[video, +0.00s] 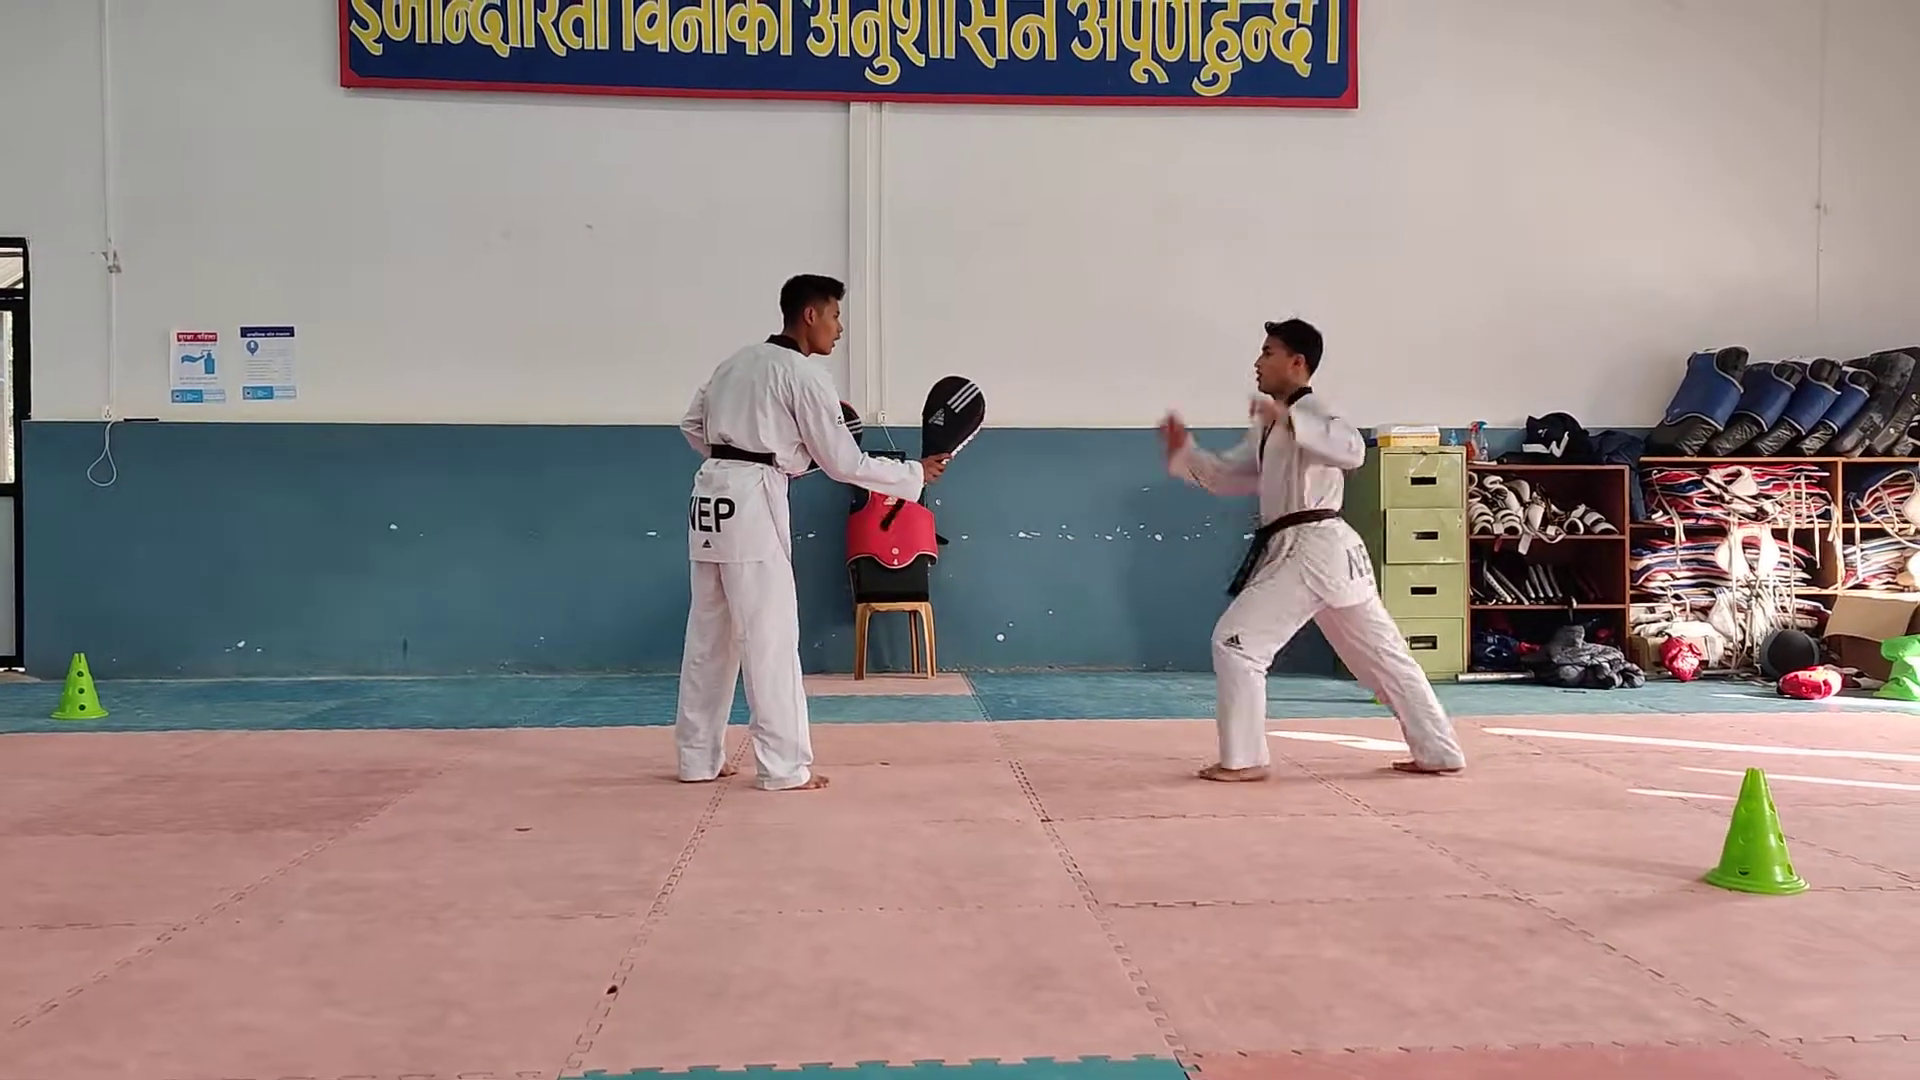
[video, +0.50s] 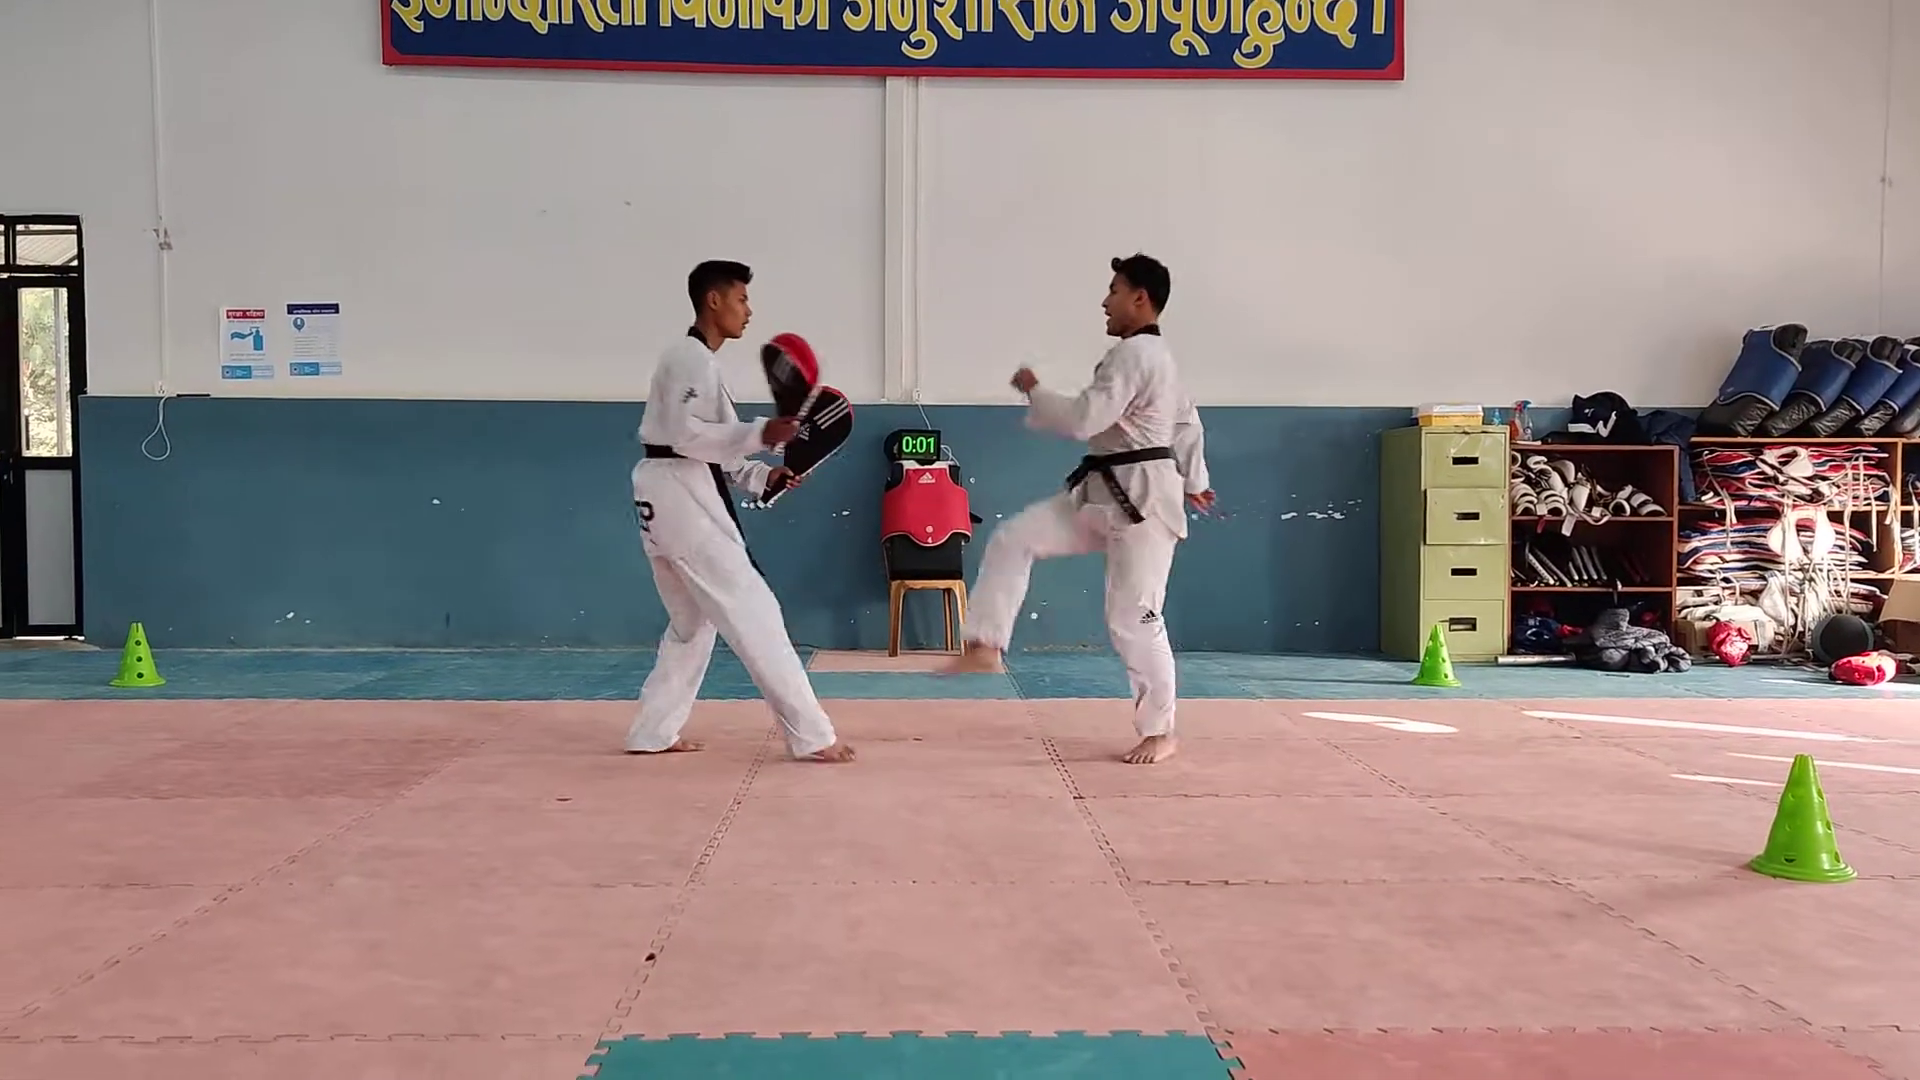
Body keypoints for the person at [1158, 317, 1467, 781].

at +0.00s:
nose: (1258, 362)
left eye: (1267, 354)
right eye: (1261, 353)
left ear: (1297, 363)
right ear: (1291, 364)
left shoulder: (1313, 411)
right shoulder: (1272, 426)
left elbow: (1351, 451)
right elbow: (1242, 476)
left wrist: (1287, 419)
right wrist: (1188, 456)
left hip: (1308, 545)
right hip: (1325, 545)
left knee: (1236, 642)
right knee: (1382, 654)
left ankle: (1244, 759)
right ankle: (1439, 752)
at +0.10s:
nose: (1243, 342)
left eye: (1251, 334)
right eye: (1245, 333)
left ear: (1278, 342)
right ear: (1271, 339)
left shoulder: (1292, 391)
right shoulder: (1232, 397)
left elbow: (1318, 413)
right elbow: (1180, 429)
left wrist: (1264, 372)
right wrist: (1156, 393)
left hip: (1275, 528)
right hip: (1251, 531)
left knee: (1231, 641)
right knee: (1296, 647)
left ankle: (1253, 759)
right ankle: (1383, 701)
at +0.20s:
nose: (1217, 330)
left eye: (1225, 319)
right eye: (1219, 320)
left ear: (1255, 321)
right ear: (1249, 322)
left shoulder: (1286, 372)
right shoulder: (1220, 385)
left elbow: (1248, 417)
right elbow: (1192, 453)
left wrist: (1176, 437)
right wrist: (1149, 499)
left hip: (1250, 507)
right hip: (1198, 500)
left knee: (1237, 623)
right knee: (1122, 563)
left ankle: (1251, 752)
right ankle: (1205, 631)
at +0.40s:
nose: (1132, 312)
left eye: (1139, 302)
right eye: (1133, 302)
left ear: (1167, 306)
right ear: (1169, 308)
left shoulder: (1173, 361)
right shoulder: (1184, 359)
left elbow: (1116, 426)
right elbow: (1209, 437)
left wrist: (1055, 423)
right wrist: (1230, 494)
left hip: (1172, 506)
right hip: (1135, 487)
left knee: (1164, 621)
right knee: (1056, 455)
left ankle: (1212, 714)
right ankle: (964, 513)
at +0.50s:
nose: (1105, 300)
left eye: (1114, 291)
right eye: (1109, 290)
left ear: (1142, 299)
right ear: (1143, 301)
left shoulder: (1134, 354)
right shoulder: (1158, 357)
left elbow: (1086, 418)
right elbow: (1187, 424)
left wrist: (1035, 392)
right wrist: (1196, 481)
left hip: (1144, 498)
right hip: (1104, 495)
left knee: (1133, 615)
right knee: (1013, 536)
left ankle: (1160, 732)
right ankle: (985, 644)